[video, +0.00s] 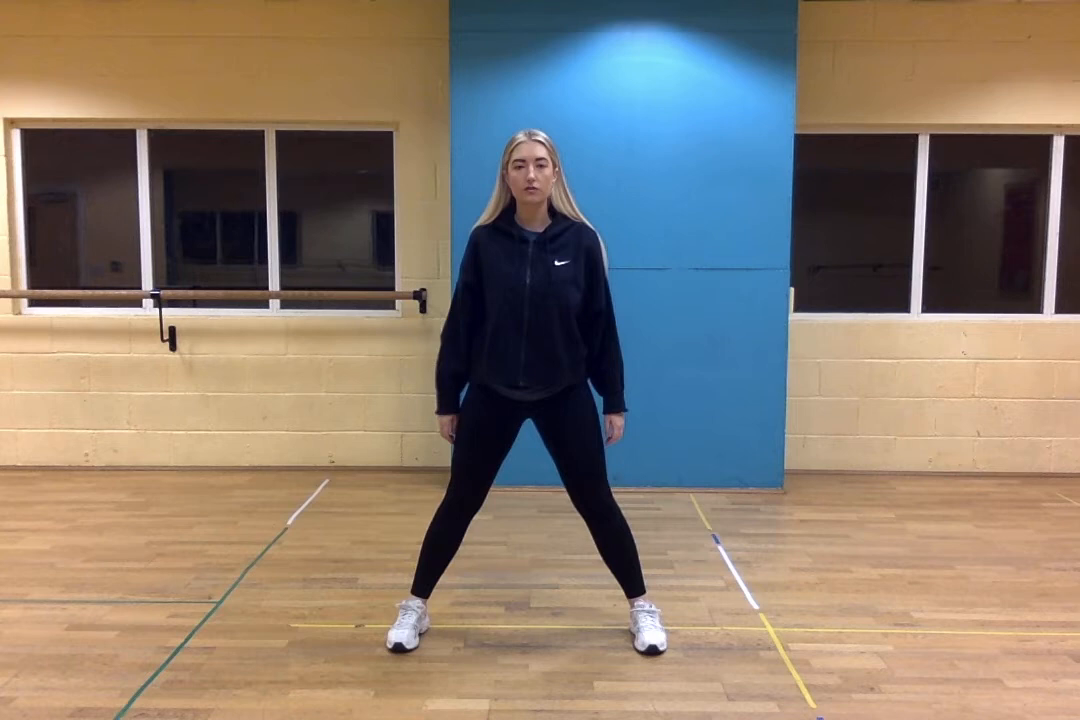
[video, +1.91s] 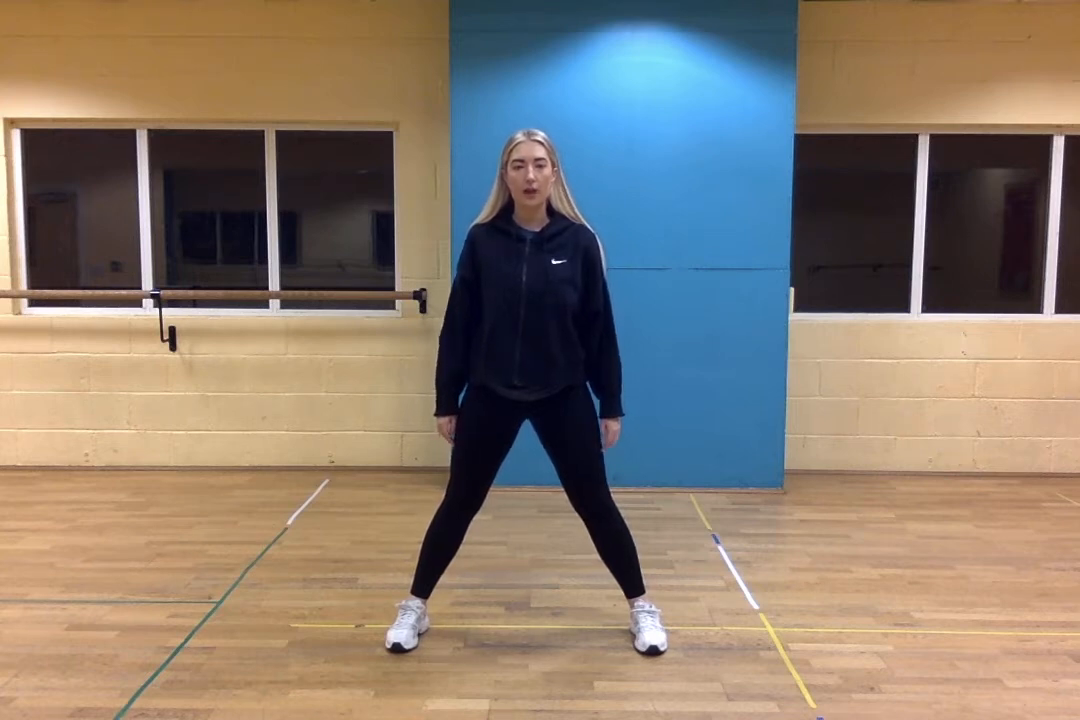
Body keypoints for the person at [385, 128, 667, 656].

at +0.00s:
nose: (531, 173)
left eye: (540, 164)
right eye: (520, 165)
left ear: (555, 173)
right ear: (506, 175)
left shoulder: (582, 239)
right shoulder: (485, 238)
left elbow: (600, 322)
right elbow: (461, 319)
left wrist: (614, 400)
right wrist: (447, 398)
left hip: (565, 391)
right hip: (493, 391)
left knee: (595, 501)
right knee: (460, 500)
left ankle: (641, 607)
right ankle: (414, 606)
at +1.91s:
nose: (529, 173)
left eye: (539, 164)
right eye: (519, 165)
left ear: (554, 172)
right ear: (505, 175)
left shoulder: (580, 240)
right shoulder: (483, 237)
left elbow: (598, 324)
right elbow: (458, 320)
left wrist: (610, 403)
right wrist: (447, 399)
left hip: (563, 393)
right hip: (491, 393)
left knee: (594, 503)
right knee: (459, 501)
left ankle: (641, 607)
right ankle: (414, 606)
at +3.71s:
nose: (528, 173)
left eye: (537, 164)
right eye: (517, 165)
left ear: (552, 172)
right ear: (503, 175)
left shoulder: (578, 240)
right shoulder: (481, 238)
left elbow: (597, 325)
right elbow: (457, 322)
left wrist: (607, 405)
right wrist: (447, 402)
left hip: (563, 394)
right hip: (491, 394)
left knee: (595, 502)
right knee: (459, 501)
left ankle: (641, 607)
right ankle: (413, 606)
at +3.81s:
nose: (528, 173)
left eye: (537, 164)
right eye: (517, 165)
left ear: (552, 172)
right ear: (503, 175)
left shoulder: (578, 239)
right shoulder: (481, 238)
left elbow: (597, 325)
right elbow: (457, 322)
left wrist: (608, 405)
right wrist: (448, 402)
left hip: (563, 394)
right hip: (492, 394)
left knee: (595, 503)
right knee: (459, 501)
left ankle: (641, 607)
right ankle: (413, 606)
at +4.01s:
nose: (528, 173)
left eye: (538, 164)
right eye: (518, 165)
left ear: (553, 173)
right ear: (504, 175)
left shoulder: (578, 240)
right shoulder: (481, 238)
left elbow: (597, 325)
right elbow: (457, 322)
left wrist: (608, 405)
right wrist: (448, 402)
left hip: (563, 394)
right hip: (491, 394)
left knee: (595, 503)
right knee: (459, 501)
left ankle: (641, 607)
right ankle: (413, 606)